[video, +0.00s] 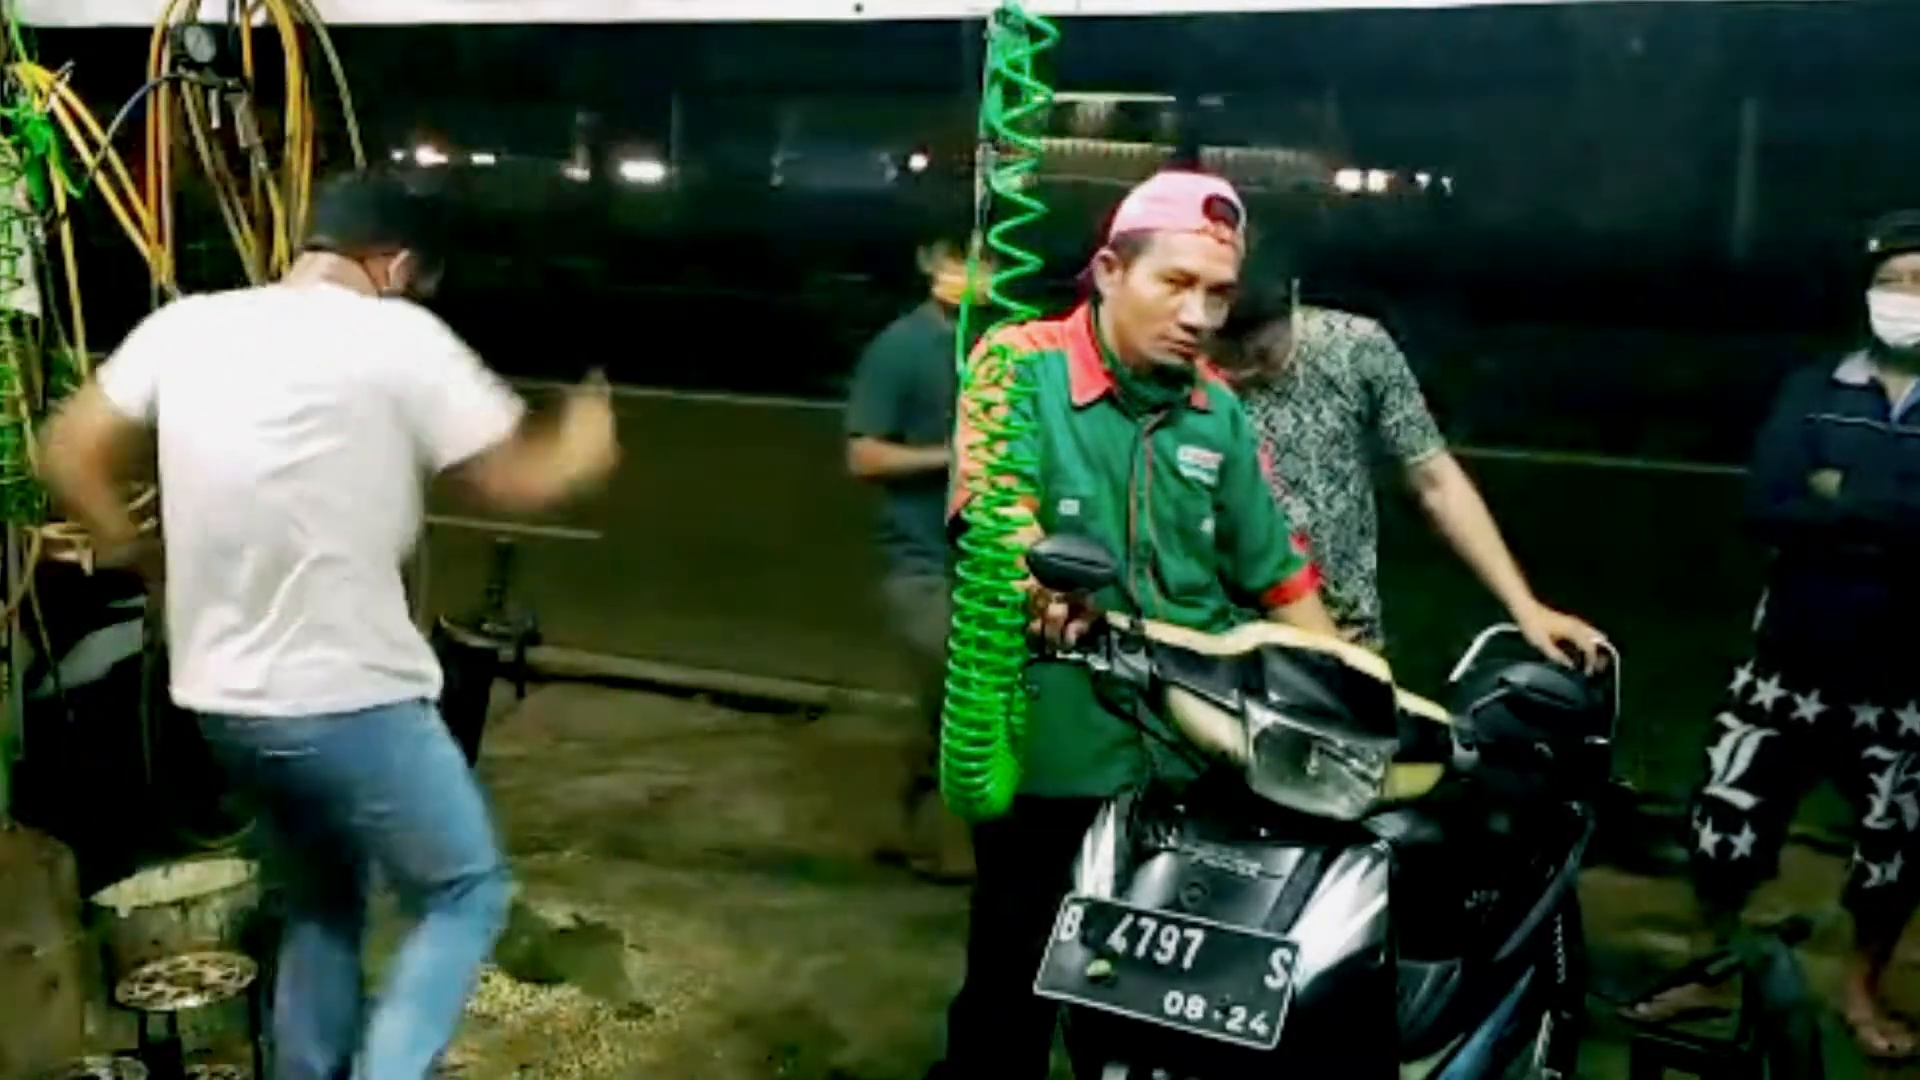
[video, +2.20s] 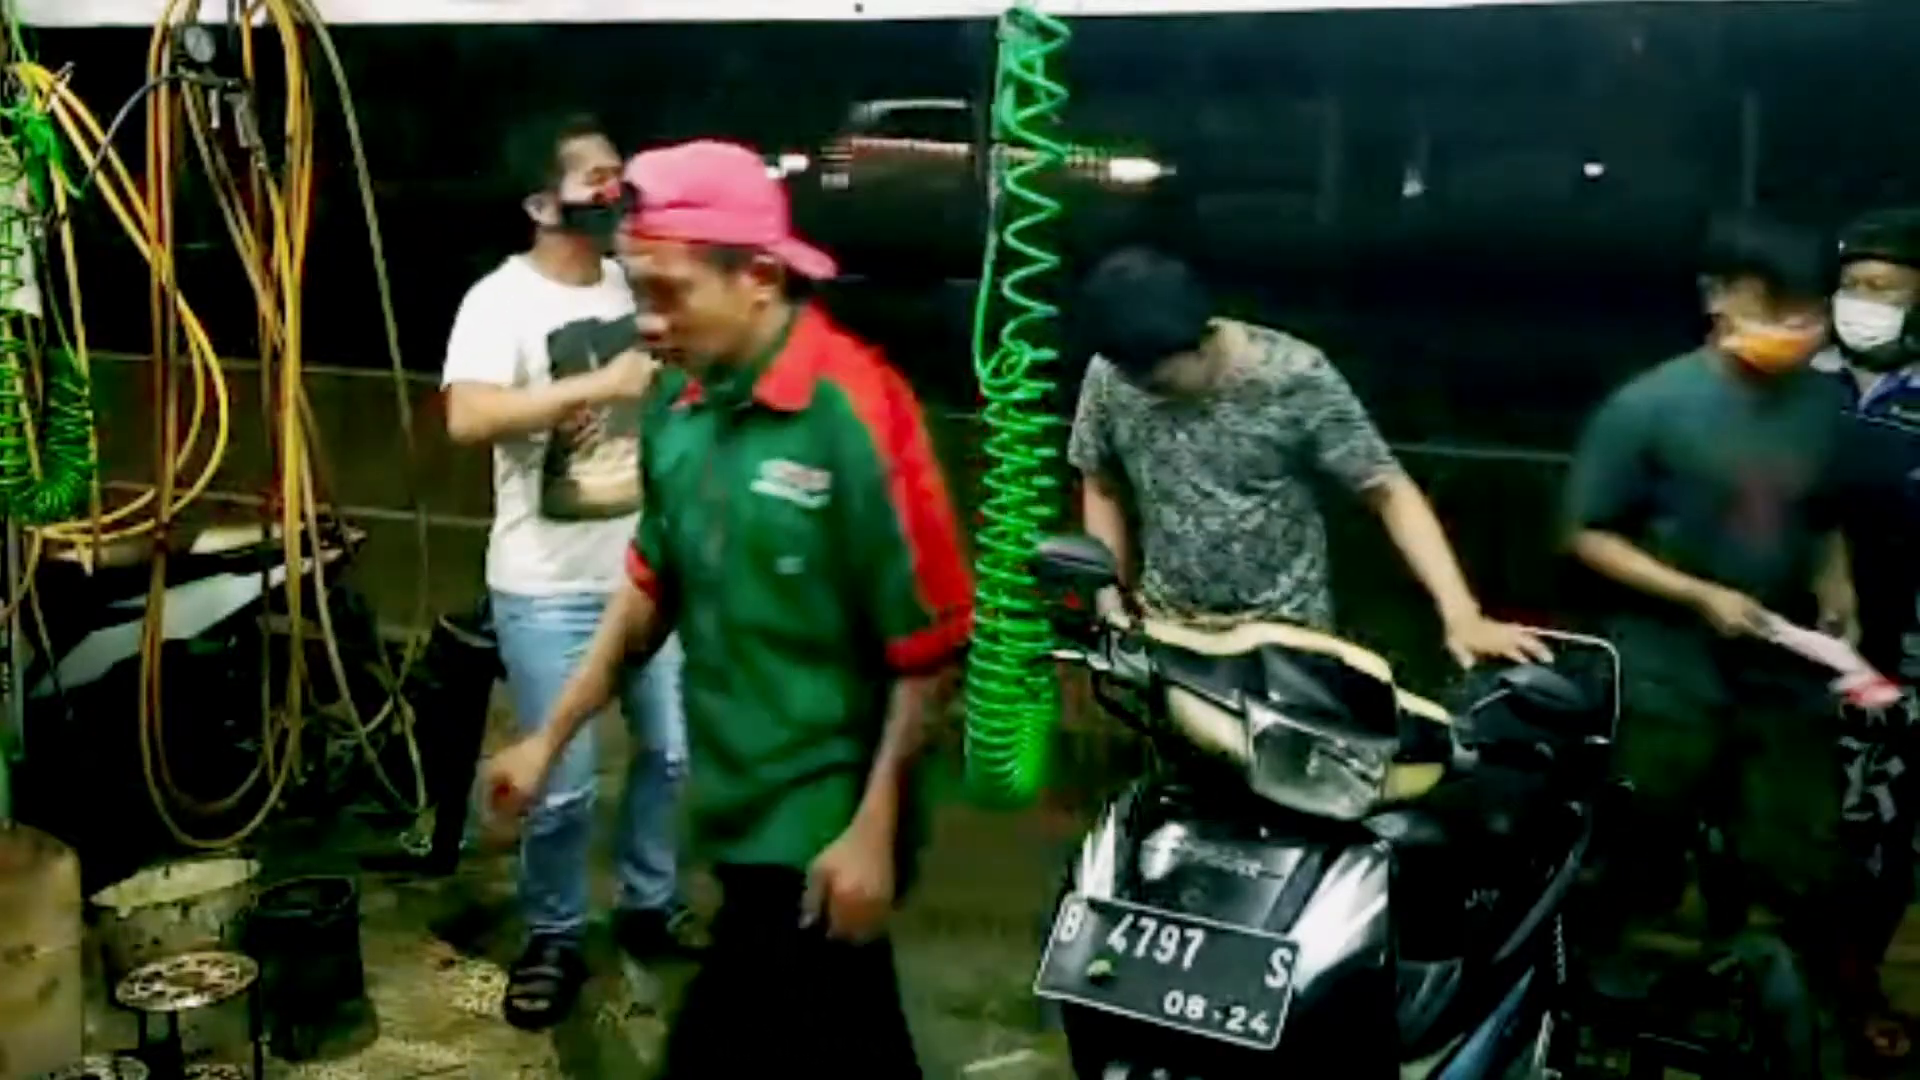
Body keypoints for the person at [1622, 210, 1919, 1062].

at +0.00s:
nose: (1904, 302)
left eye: (1917, 287)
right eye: (1891, 285)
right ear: (1865, 297)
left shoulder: (1919, 412)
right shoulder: (1814, 392)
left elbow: (1908, 515)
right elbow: (1765, 503)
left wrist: (1831, 484)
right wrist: (1880, 512)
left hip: (1899, 669)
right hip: (1795, 657)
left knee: (1896, 850)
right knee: (1722, 824)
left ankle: (1863, 989)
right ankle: (1709, 968)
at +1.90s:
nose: (1879, 304)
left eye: (1899, 291)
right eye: (1868, 286)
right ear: (1845, 293)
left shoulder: (1917, 411)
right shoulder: (1799, 384)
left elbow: (1909, 512)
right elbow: (1748, 483)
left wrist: (1814, 476)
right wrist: (1860, 507)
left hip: (1890, 649)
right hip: (1782, 632)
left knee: (1883, 832)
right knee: (1737, 799)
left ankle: (1863, 980)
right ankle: (1719, 932)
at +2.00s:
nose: (1876, 306)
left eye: (1896, 292)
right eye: (1864, 288)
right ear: (1838, 296)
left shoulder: (1918, 406)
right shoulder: (1787, 388)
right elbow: (1725, 496)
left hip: (1892, 656)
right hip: (1784, 643)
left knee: (1886, 837)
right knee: (1757, 808)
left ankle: (1862, 984)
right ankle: (1724, 942)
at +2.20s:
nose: (1868, 305)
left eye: (1888, 291)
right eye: (1856, 287)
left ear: (1918, 304)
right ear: (1835, 294)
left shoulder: (1908, 410)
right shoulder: (1805, 398)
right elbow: (1794, 524)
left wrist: (1882, 649)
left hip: (1901, 652)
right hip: (1815, 645)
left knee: (1885, 843)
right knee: (1820, 831)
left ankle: (1860, 995)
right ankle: (1823, 994)